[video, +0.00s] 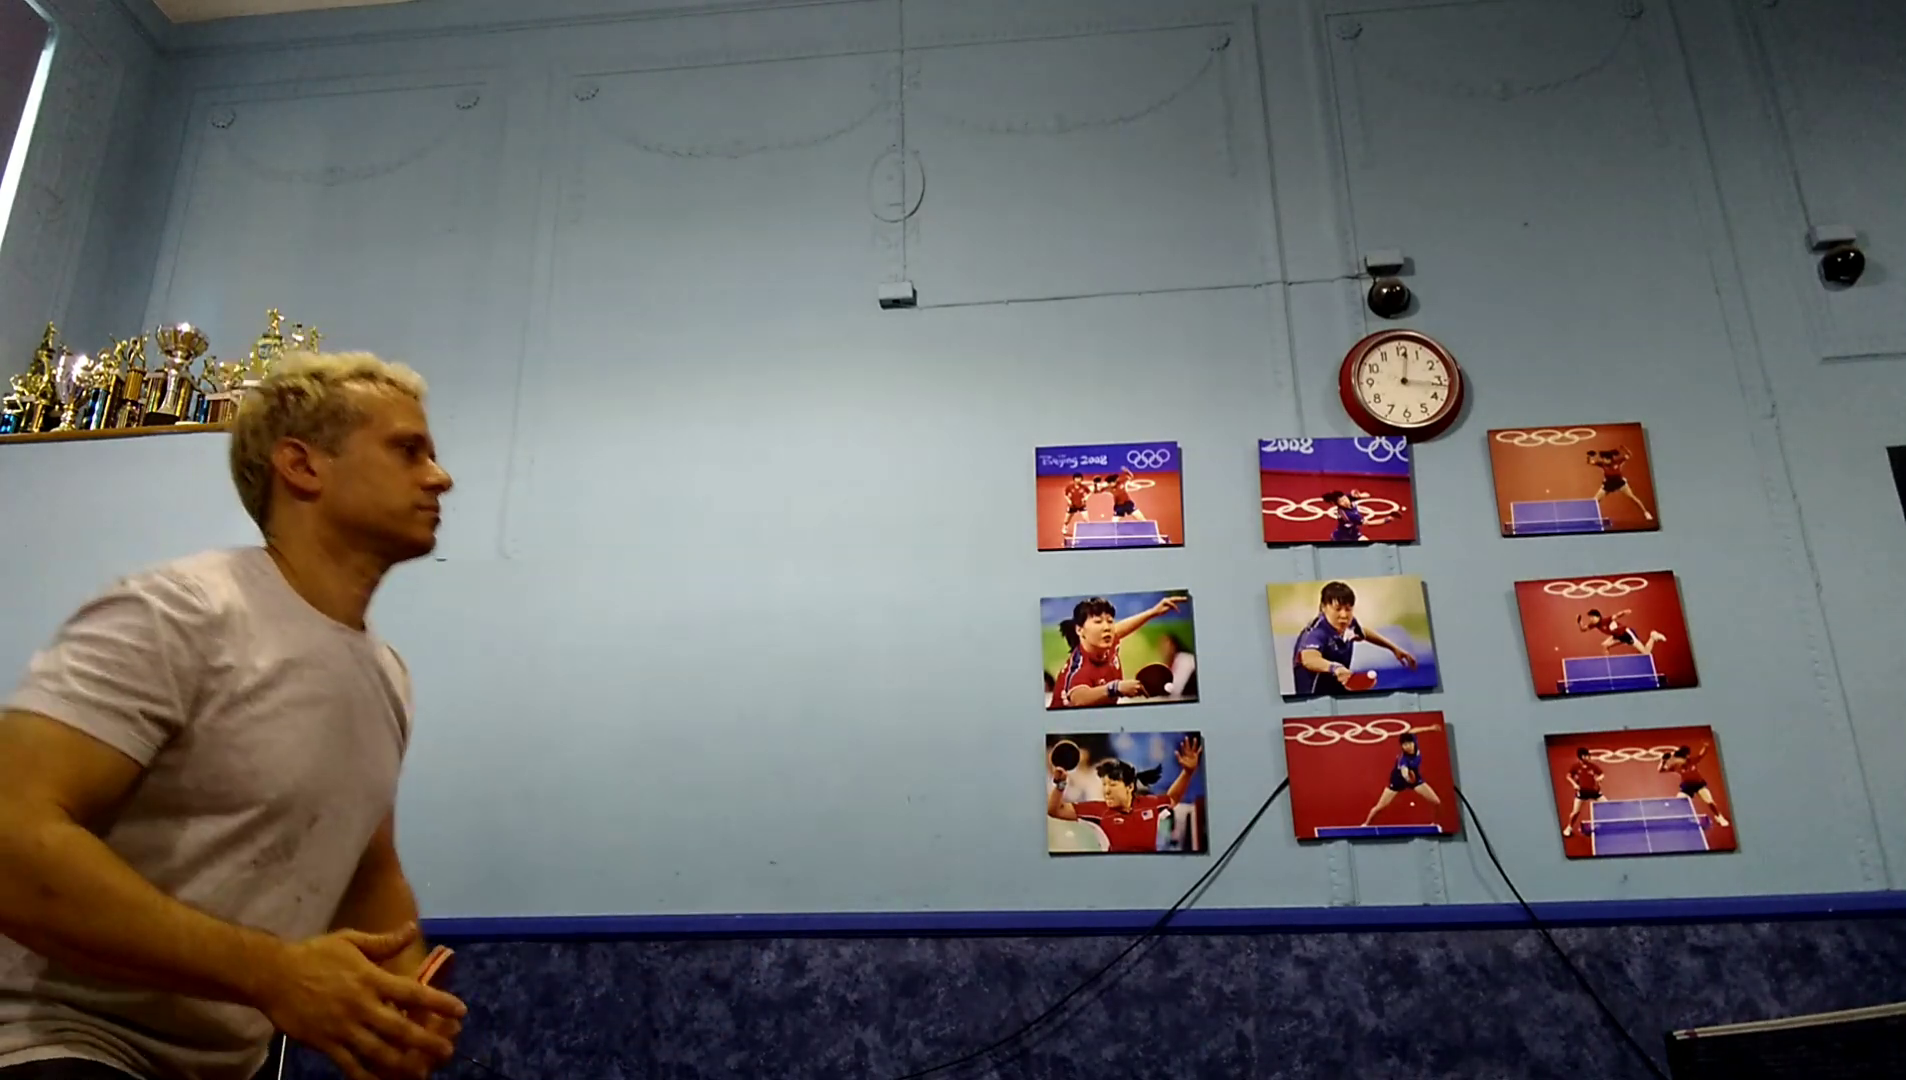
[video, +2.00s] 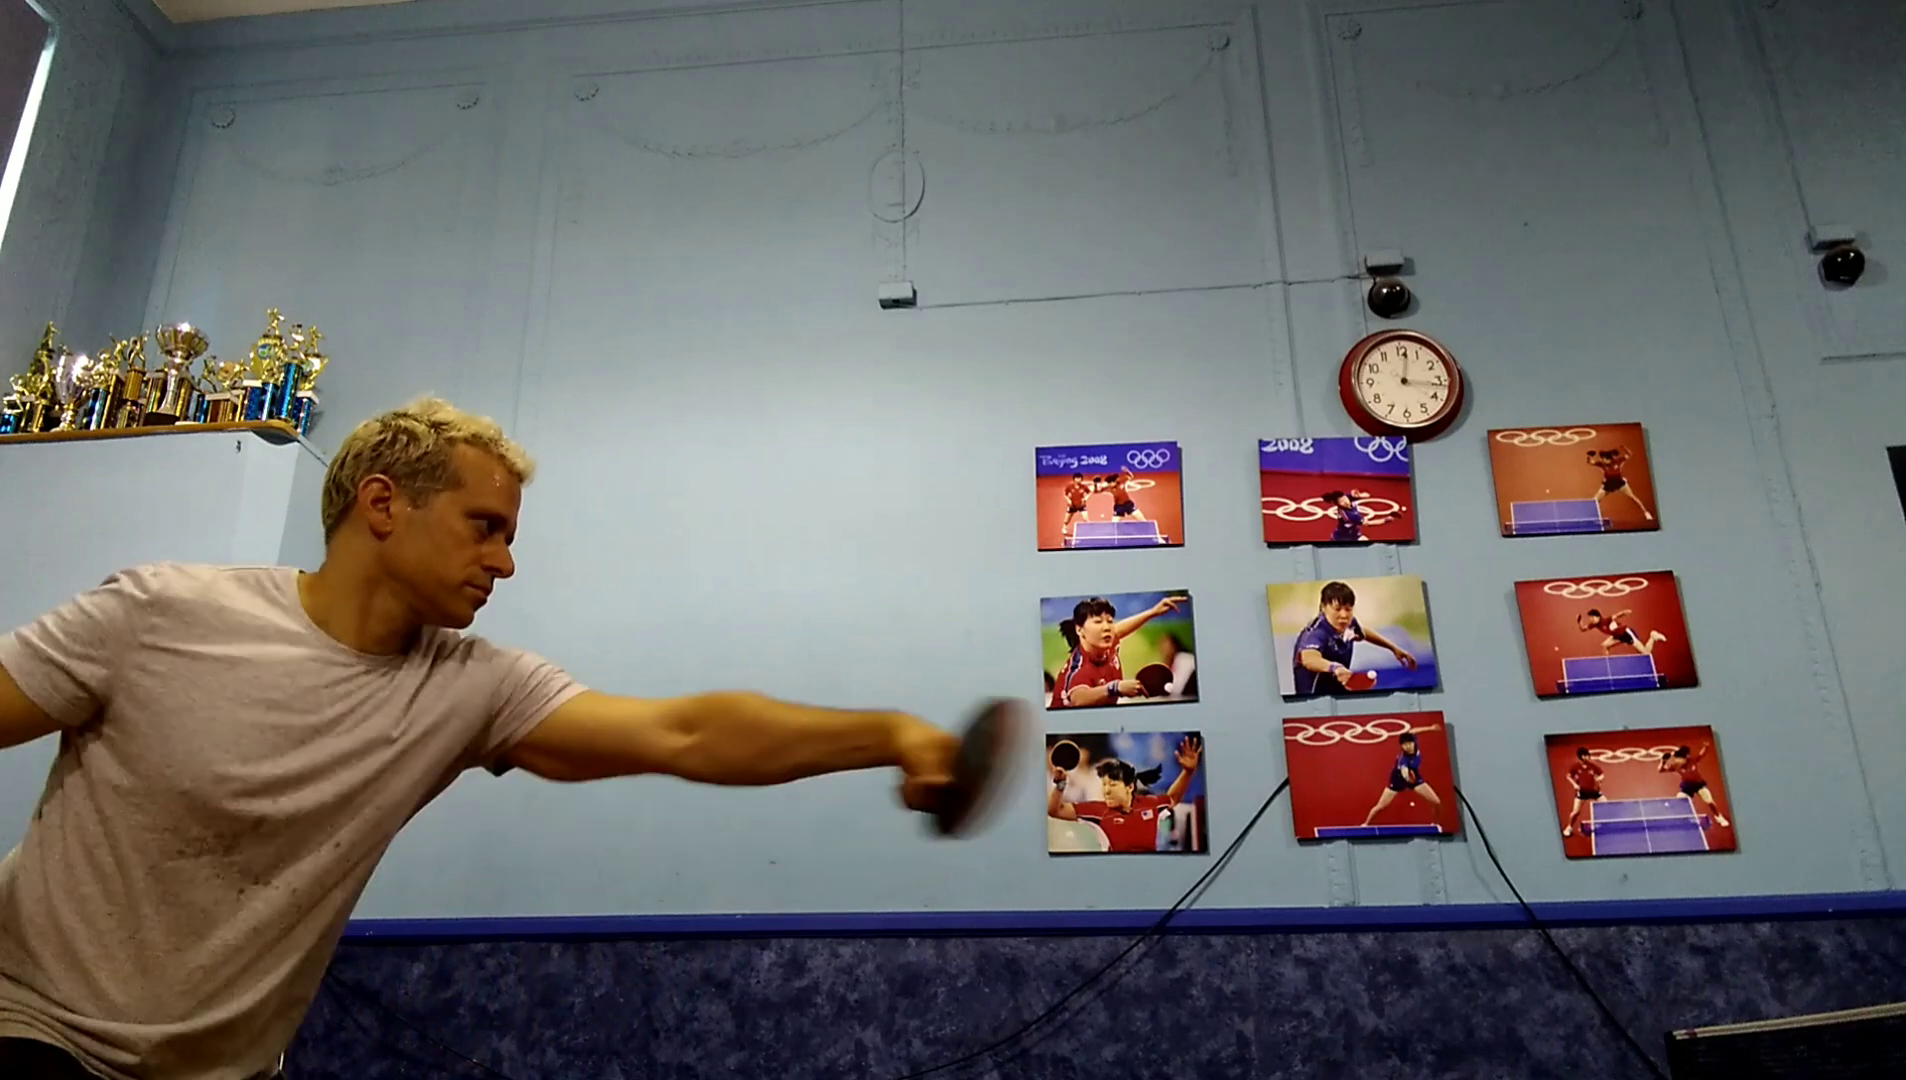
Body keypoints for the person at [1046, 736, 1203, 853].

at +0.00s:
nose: (1107, 790)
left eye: (1113, 785)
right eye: (1104, 785)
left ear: (1130, 787)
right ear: (1101, 787)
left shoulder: (1151, 805)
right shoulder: (1100, 811)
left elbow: (1172, 798)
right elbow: (1055, 811)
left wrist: (1188, 771)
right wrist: (1059, 785)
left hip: (1151, 872)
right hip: (1115, 874)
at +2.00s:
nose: (1107, 790)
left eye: (1113, 785)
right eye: (1104, 785)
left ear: (1130, 787)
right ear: (1101, 787)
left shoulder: (1151, 804)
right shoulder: (1100, 810)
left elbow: (1172, 798)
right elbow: (1055, 811)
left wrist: (1188, 771)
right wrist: (1059, 785)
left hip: (1151, 872)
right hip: (1116, 874)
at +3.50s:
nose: (1107, 790)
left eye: (1113, 785)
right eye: (1104, 785)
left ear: (1130, 787)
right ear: (1101, 786)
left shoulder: (1151, 804)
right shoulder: (1100, 810)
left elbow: (1173, 798)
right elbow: (1055, 811)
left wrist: (1188, 772)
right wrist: (1059, 785)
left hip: (1151, 872)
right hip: (1116, 874)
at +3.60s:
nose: (1107, 790)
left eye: (1113, 785)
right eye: (1104, 785)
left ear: (1130, 787)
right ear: (1101, 786)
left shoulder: (1151, 804)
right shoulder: (1100, 810)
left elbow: (1172, 798)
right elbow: (1055, 811)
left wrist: (1188, 772)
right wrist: (1059, 785)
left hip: (1151, 872)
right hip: (1116, 874)